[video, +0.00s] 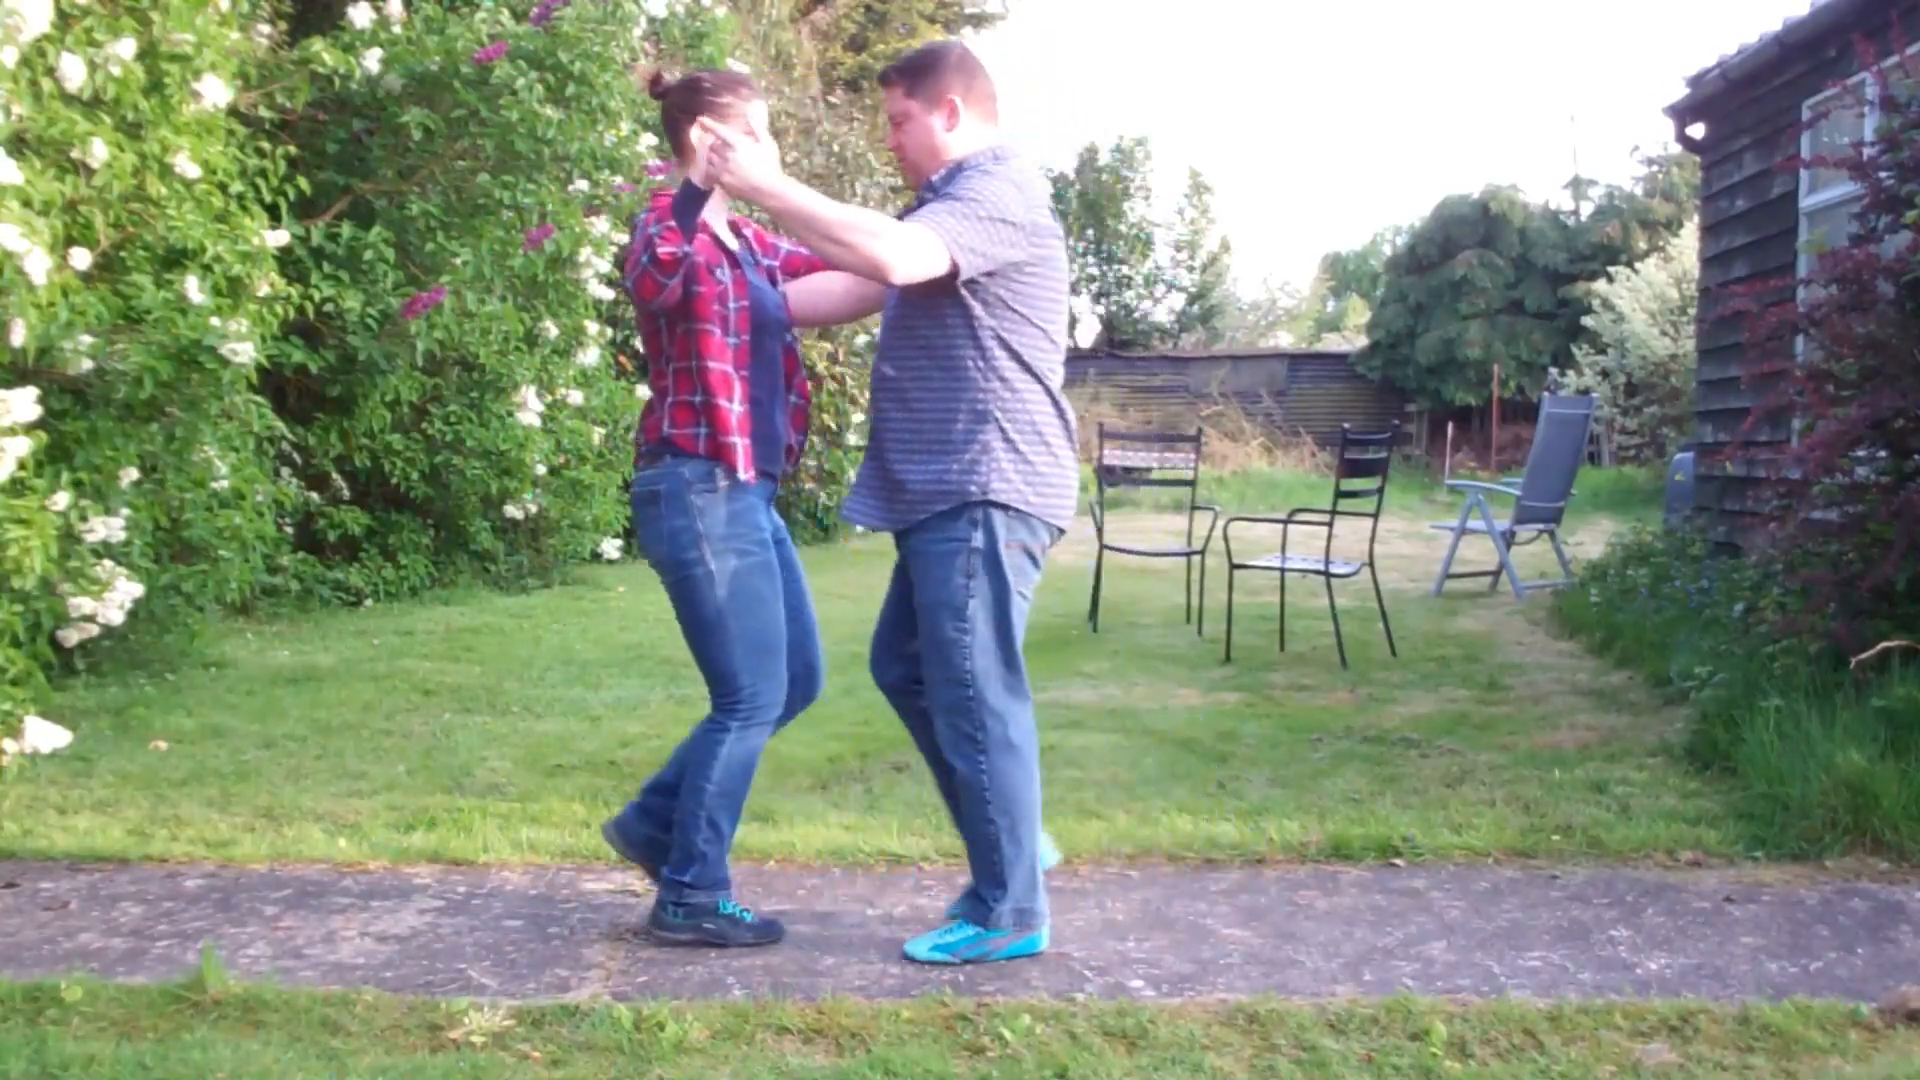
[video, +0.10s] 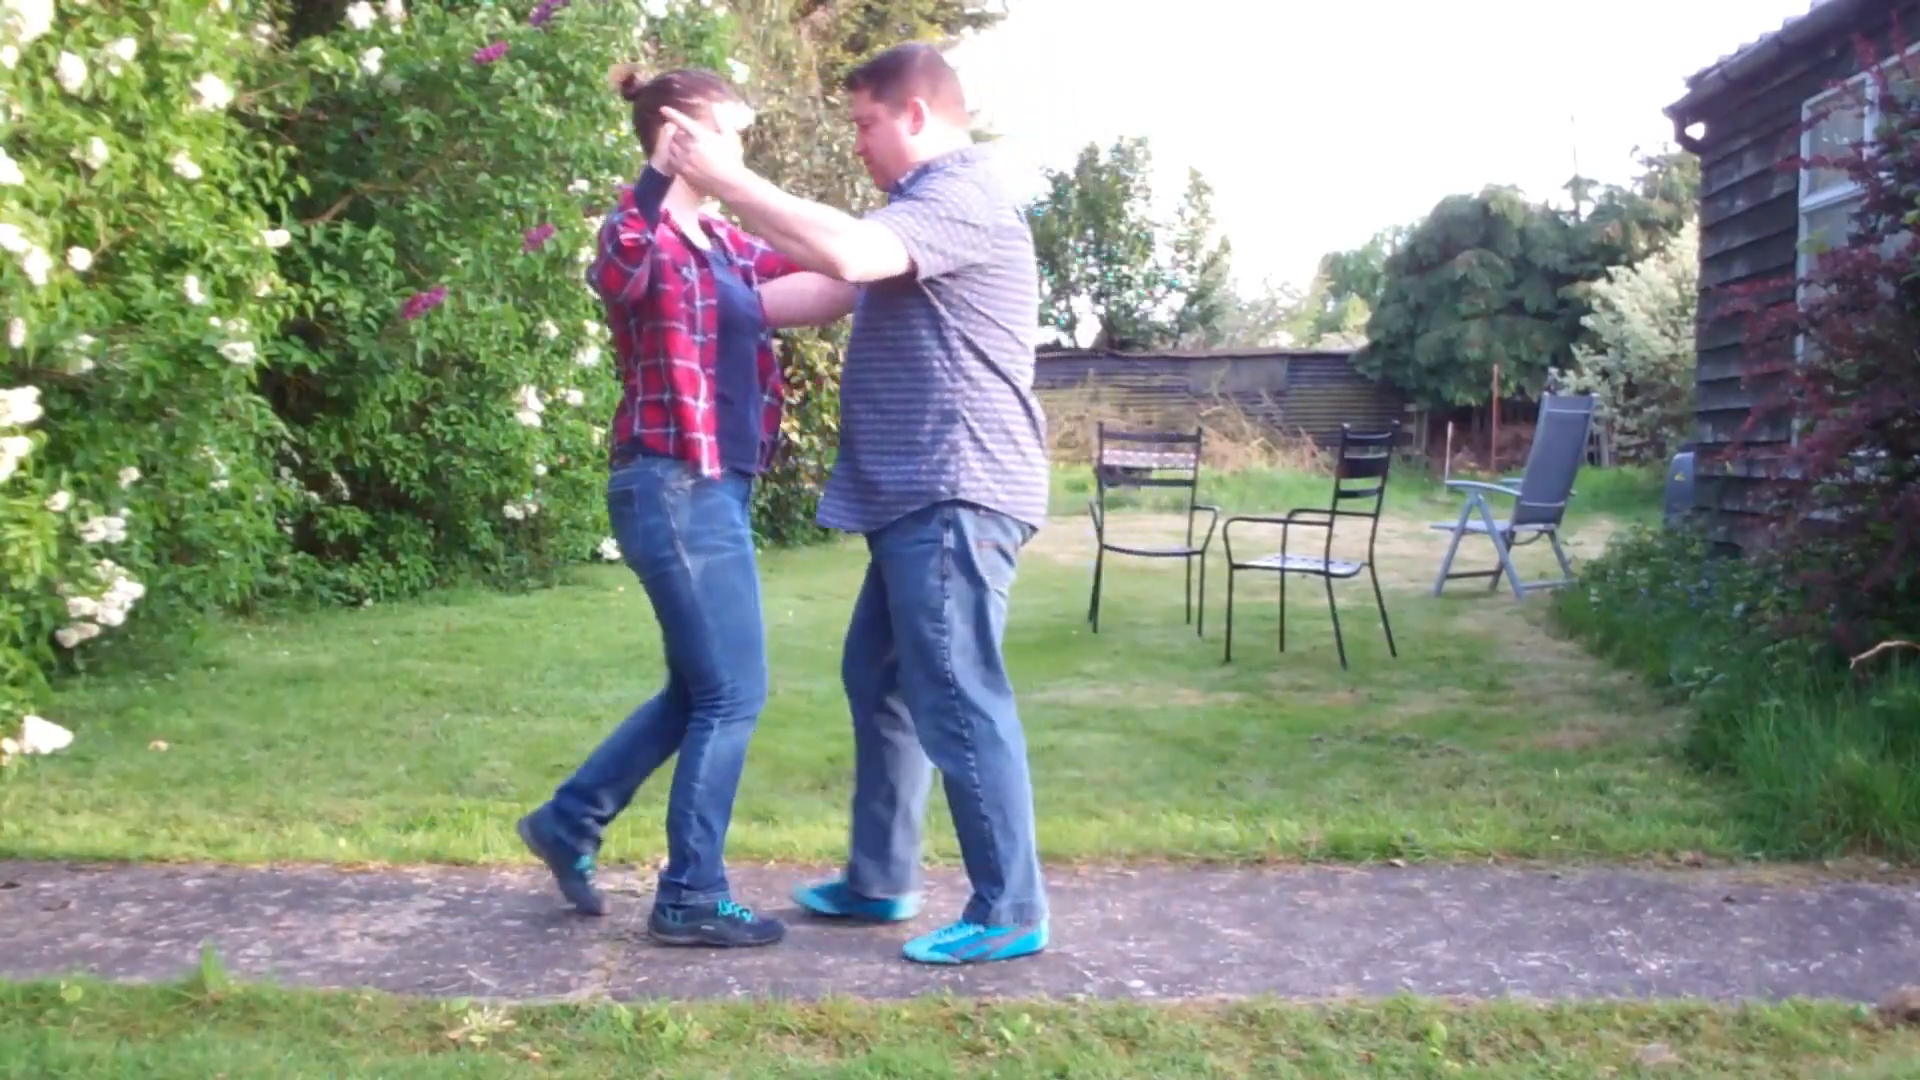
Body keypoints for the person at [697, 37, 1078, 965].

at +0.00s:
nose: (891, 143)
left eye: (898, 122)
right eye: (888, 125)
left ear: (950, 109)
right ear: (954, 113)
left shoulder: (1001, 186)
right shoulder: (955, 202)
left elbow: (900, 254)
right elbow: (845, 289)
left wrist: (766, 183)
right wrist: (712, 305)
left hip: (986, 489)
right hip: (944, 493)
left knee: (977, 698)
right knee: (905, 667)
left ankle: (1012, 913)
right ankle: (1011, 844)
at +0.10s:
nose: (858, 146)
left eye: (865, 126)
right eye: (854, 129)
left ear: (915, 114)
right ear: (921, 117)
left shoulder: (968, 195)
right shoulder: (923, 208)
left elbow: (858, 252)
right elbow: (825, 291)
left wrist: (723, 174)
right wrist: (694, 297)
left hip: (959, 491)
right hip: (917, 494)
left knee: (959, 699)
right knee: (880, 678)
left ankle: (1011, 912)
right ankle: (880, 880)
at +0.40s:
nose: (752, 152)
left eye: (759, 132)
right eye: (752, 134)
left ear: (805, 124)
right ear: (821, 126)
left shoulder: (854, 201)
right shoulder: (835, 205)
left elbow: (735, 279)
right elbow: (729, 294)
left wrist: (633, 192)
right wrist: (636, 220)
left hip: (850, 490)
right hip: (816, 491)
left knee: (813, 682)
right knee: (794, 686)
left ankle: (960, 862)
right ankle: (782, 883)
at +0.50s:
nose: (720, 158)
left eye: (726, 139)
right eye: (719, 141)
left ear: (773, 131)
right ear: (785, 131)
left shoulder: (817, 212)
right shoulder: (810, 209)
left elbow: (705, 299)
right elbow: (703, 293)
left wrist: (617, 214)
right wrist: (621, 242)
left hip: (803, 496)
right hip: (807, 497)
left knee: (735, 680)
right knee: (782, 688)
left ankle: (886, 827)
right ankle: (779, 881)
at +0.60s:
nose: (689, 166)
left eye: (695, 145)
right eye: (687, 148)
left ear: (746, 133)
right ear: (756, 135)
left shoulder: (793, 211)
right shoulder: (784, 214)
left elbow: (693, 303)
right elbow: (672, 315)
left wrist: (593, 220)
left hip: (769, 497)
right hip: (791, 499)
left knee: (671, 667)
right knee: (759, 692)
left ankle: (790, 843)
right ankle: (778, 873)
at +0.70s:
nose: (659, 168)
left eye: (666, 148)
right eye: (658, 151)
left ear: (718, 135)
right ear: (726, 138)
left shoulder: (764, 213)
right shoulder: (759, 217)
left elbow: (668, 299)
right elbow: (641, 317)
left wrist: (565, 216)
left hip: (740, 500)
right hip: (775, 503)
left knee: (637, 670)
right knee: (739, 692)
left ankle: (679, 878)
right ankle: (778, 876)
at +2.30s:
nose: (720, 136)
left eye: (724, 119)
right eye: (722, 119)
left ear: (751, 118)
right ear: (820, 121)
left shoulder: (739, 207)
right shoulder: (870, 219)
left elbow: (630, 330)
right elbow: (767, 319)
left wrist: (517, 306)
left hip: (760, 514)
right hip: (870, 512)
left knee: (736, 722)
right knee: (849, 703)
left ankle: (777, 939)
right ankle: (921, 887)